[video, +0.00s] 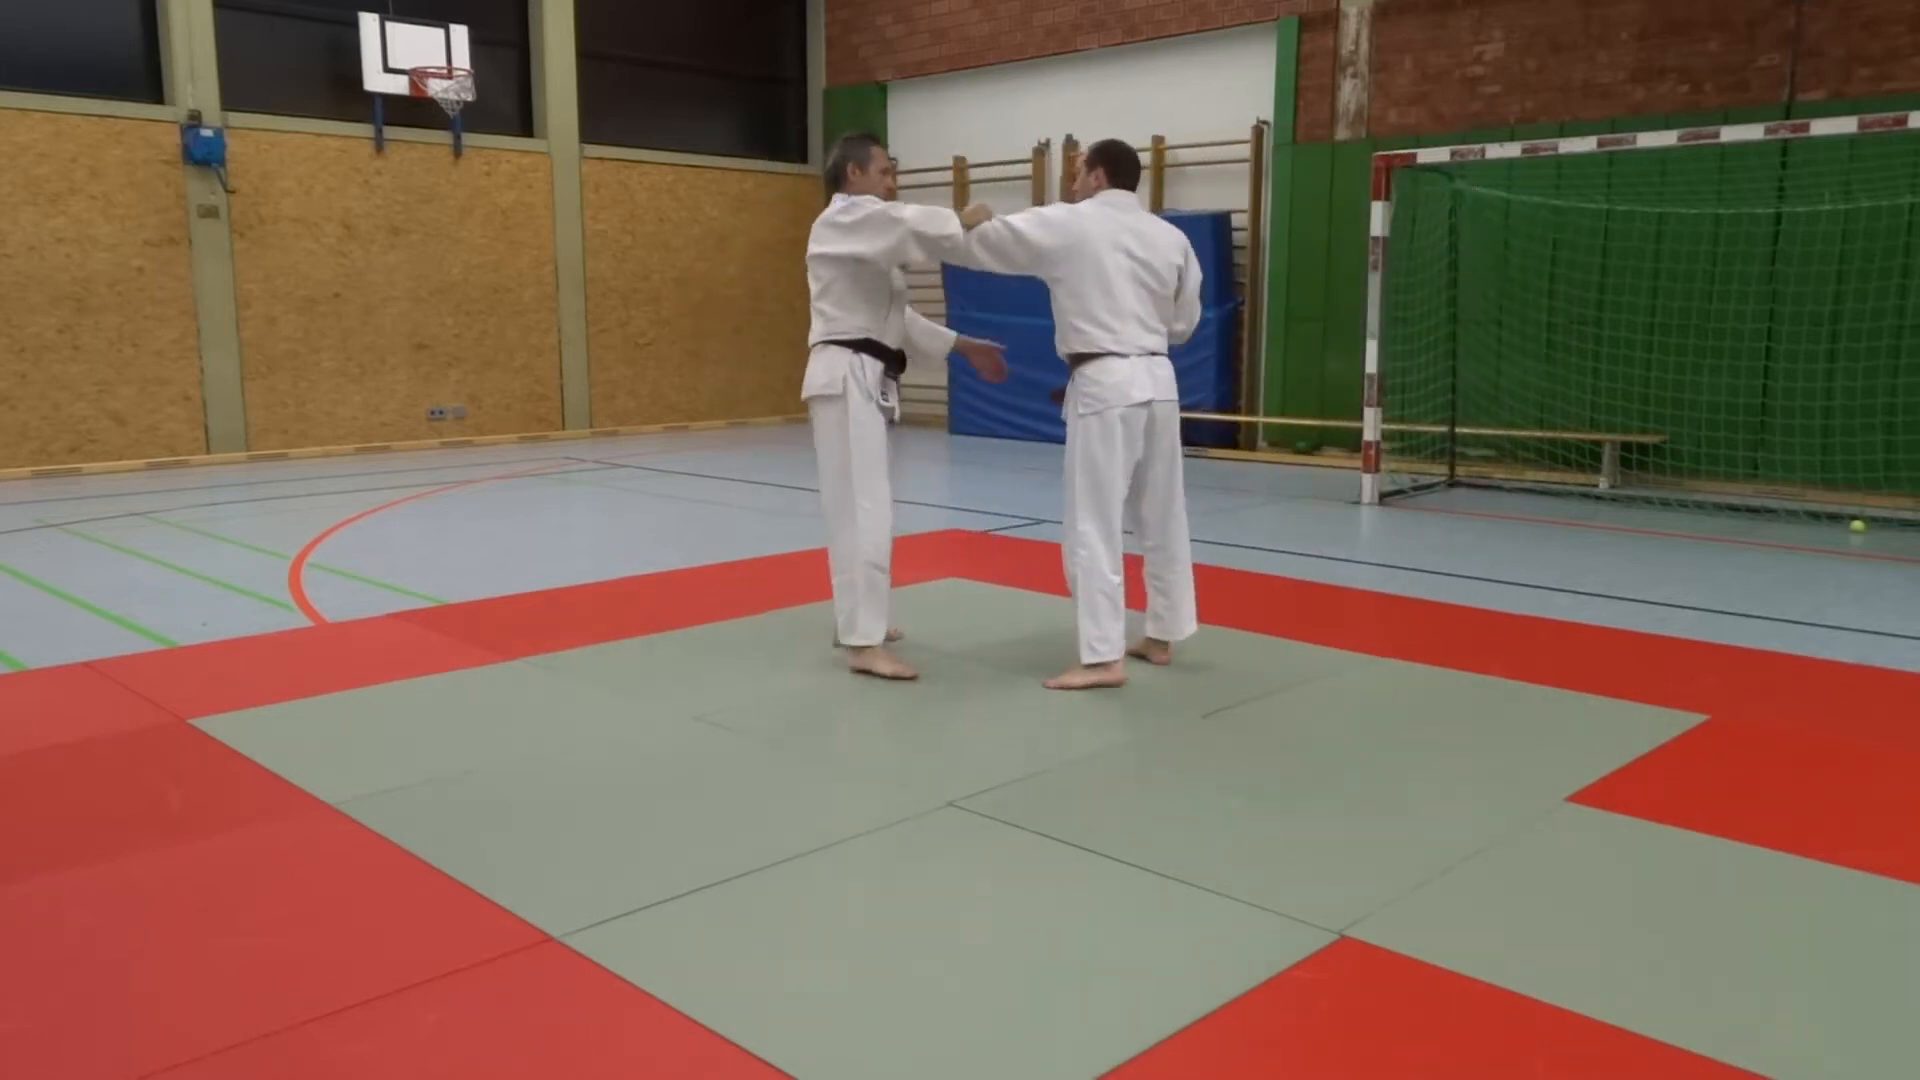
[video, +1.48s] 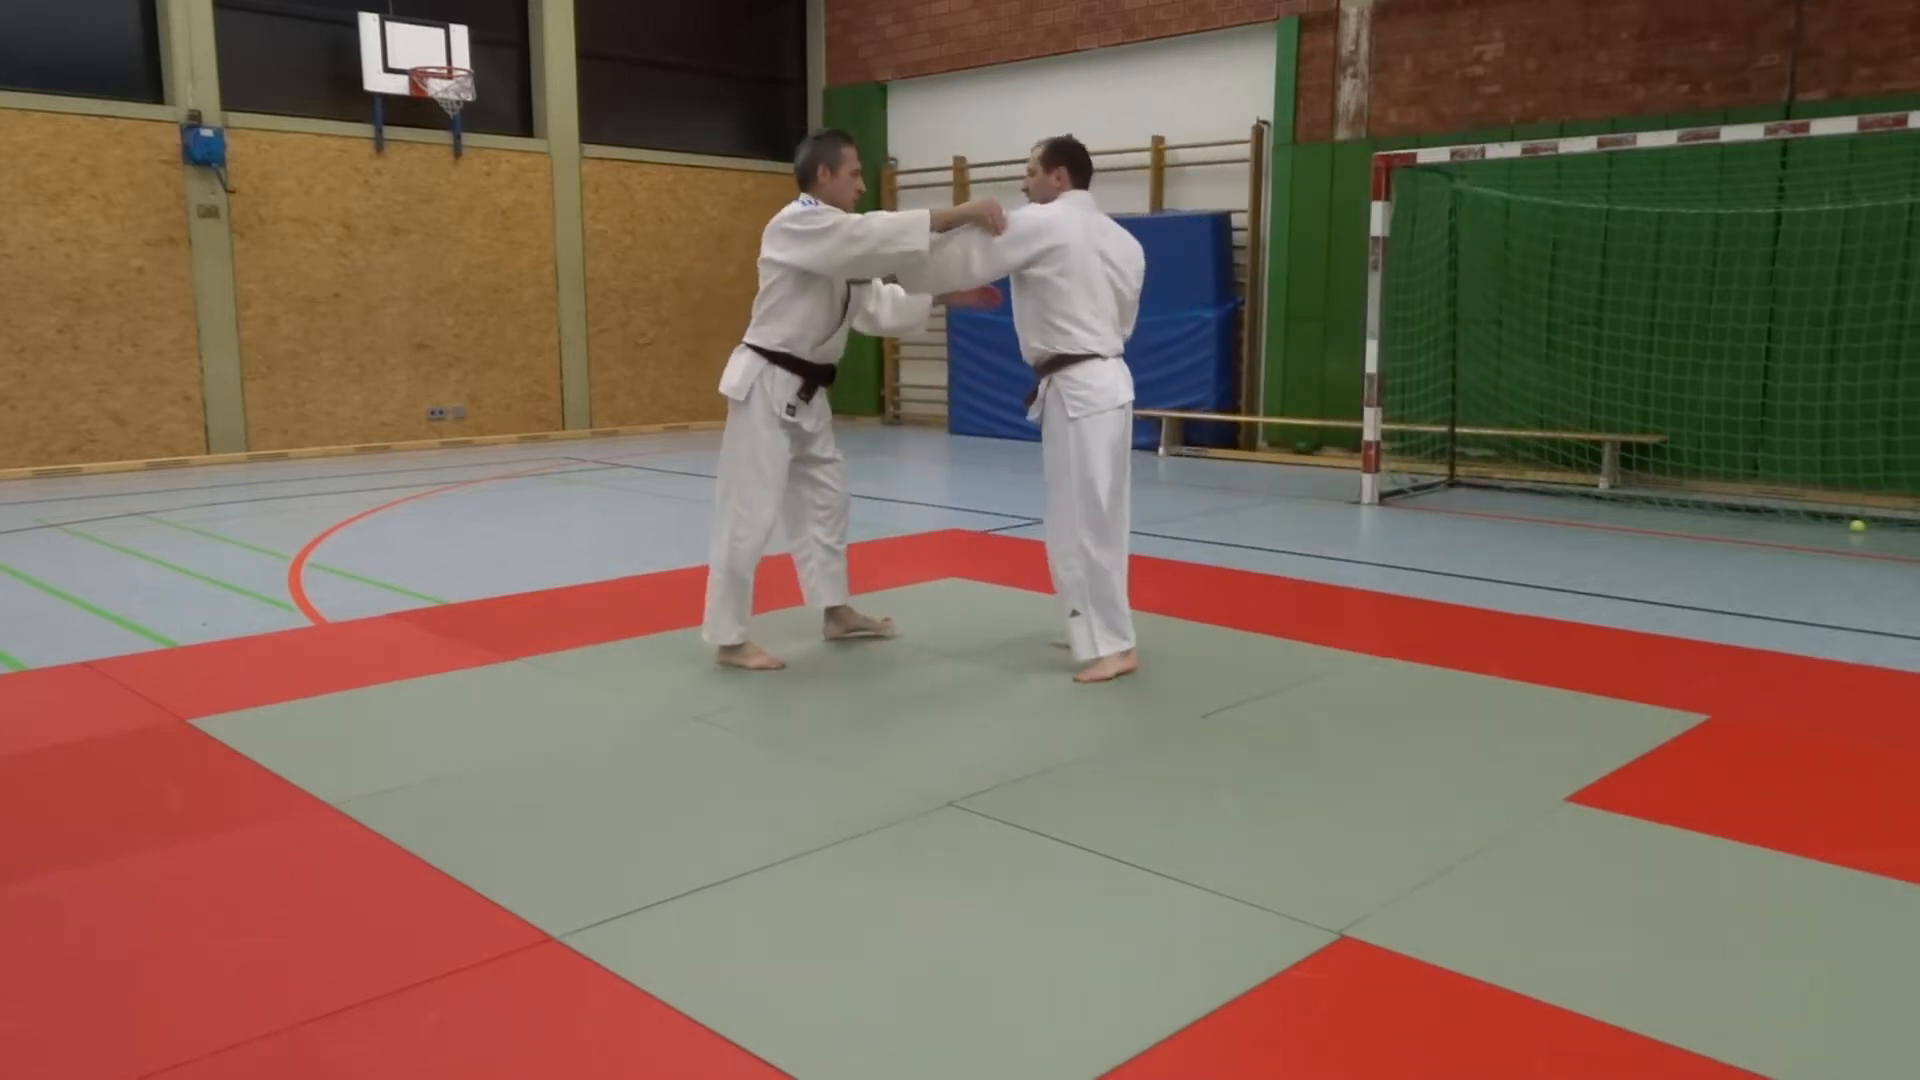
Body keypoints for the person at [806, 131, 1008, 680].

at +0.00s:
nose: (893, 179)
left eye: (892, 170)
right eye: (884, 170)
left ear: (859, 175)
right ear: (854, 174)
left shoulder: (865, 229)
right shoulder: (841, 216)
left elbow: (894, 319)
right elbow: (902, 225)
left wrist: (963, 345)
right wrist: (961, 220)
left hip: (863, 375)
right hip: (843, 374)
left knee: (864, 504)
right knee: (862, 506)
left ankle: (862, 621)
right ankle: (861, 642)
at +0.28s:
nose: (896, 182)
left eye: (896, 173)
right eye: (888, 172)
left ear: (861, 175)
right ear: (858, 174)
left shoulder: (861, 225)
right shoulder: (850, 211)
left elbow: (883, 314)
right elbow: (905, 221)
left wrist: (946, 341)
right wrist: (975, 214)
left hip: (854, 369)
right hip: (845, 369)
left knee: (855, 498)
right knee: (865, 501)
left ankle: (860, 619)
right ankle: (863, 636)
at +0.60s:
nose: (895, 180)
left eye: (893, 171)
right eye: (885, 170)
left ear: (859, 177)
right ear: (852, 175)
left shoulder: (859, 226)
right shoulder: (836, 219)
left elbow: (877, 302)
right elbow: (892, 246)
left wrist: (946, 313)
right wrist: (967, 229)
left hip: (852, 372)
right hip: (828, 369)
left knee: (845, 503)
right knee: (832, 505)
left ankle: (845, 617)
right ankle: (775, 621)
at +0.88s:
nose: (868, 188)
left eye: (866, 177)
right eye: (859, 178)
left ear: (836, 180)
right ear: (828, 180)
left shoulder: (839, 236)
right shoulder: (804, 227)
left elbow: (869, 303)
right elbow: (872, 250)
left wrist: (939, 295)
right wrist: (951, 224)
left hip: (820, 388)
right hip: (781, 383)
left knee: (827, 507)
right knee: (768, 512)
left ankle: (847, 619)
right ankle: (737, 639)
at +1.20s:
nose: (853, 187)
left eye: (852, 175)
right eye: (845, 176)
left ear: (819, 176)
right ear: (813, 177)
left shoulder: (825, 238)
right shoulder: (779, 226)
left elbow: (868, 299)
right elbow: (857, 252)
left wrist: (941, 293)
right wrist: (947, 229)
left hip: (800, 389)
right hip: (753, 382)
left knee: (815, 499)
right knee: (737, 508)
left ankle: (814, 614)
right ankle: (728, 638)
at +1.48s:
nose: (860, 185)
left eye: (861, 175)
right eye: (853, 174)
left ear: (834, 176)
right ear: (822, 175)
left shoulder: (839, 238)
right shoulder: (793, 223)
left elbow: (875, 304)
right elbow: (866, 232)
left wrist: (946, 295)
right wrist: (954, 215)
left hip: (809, 390)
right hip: (765, 382)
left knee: (825, 499)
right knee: (748, 509)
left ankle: (837, 613)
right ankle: (728, 639)